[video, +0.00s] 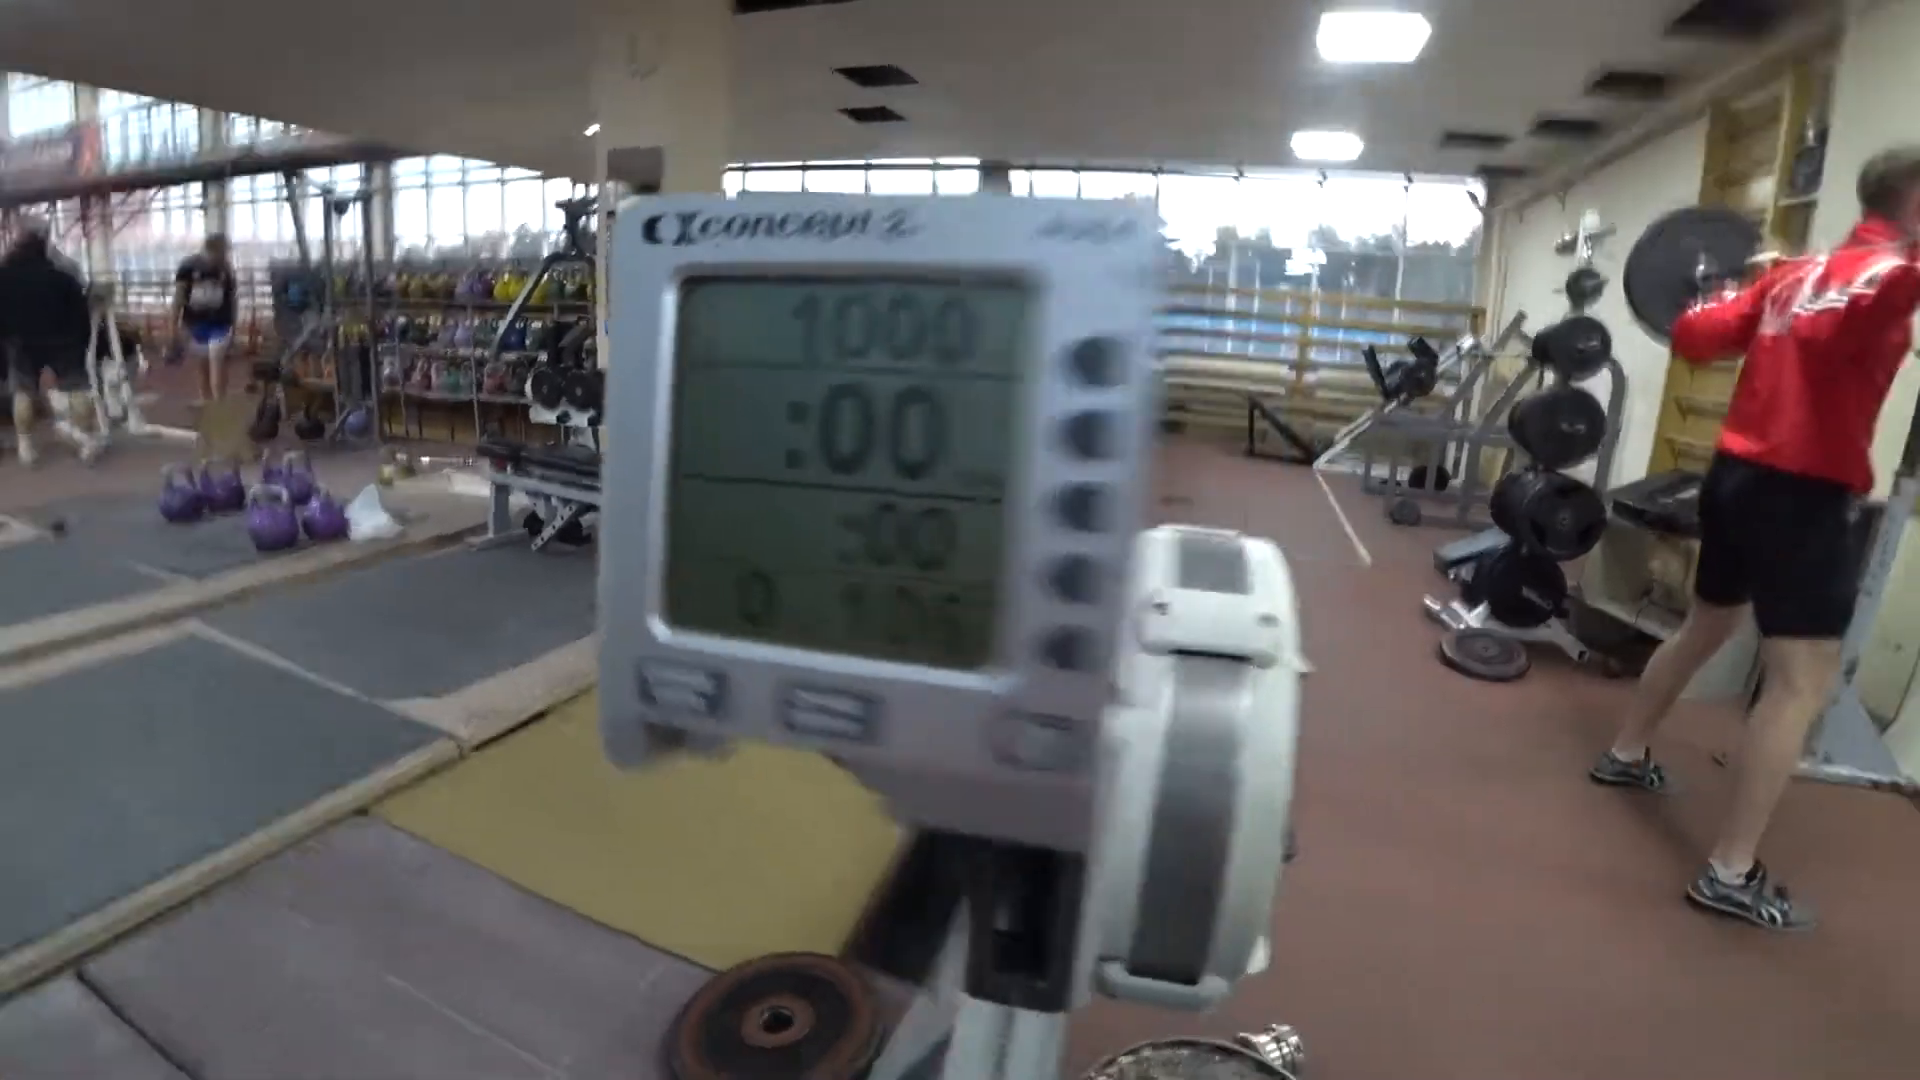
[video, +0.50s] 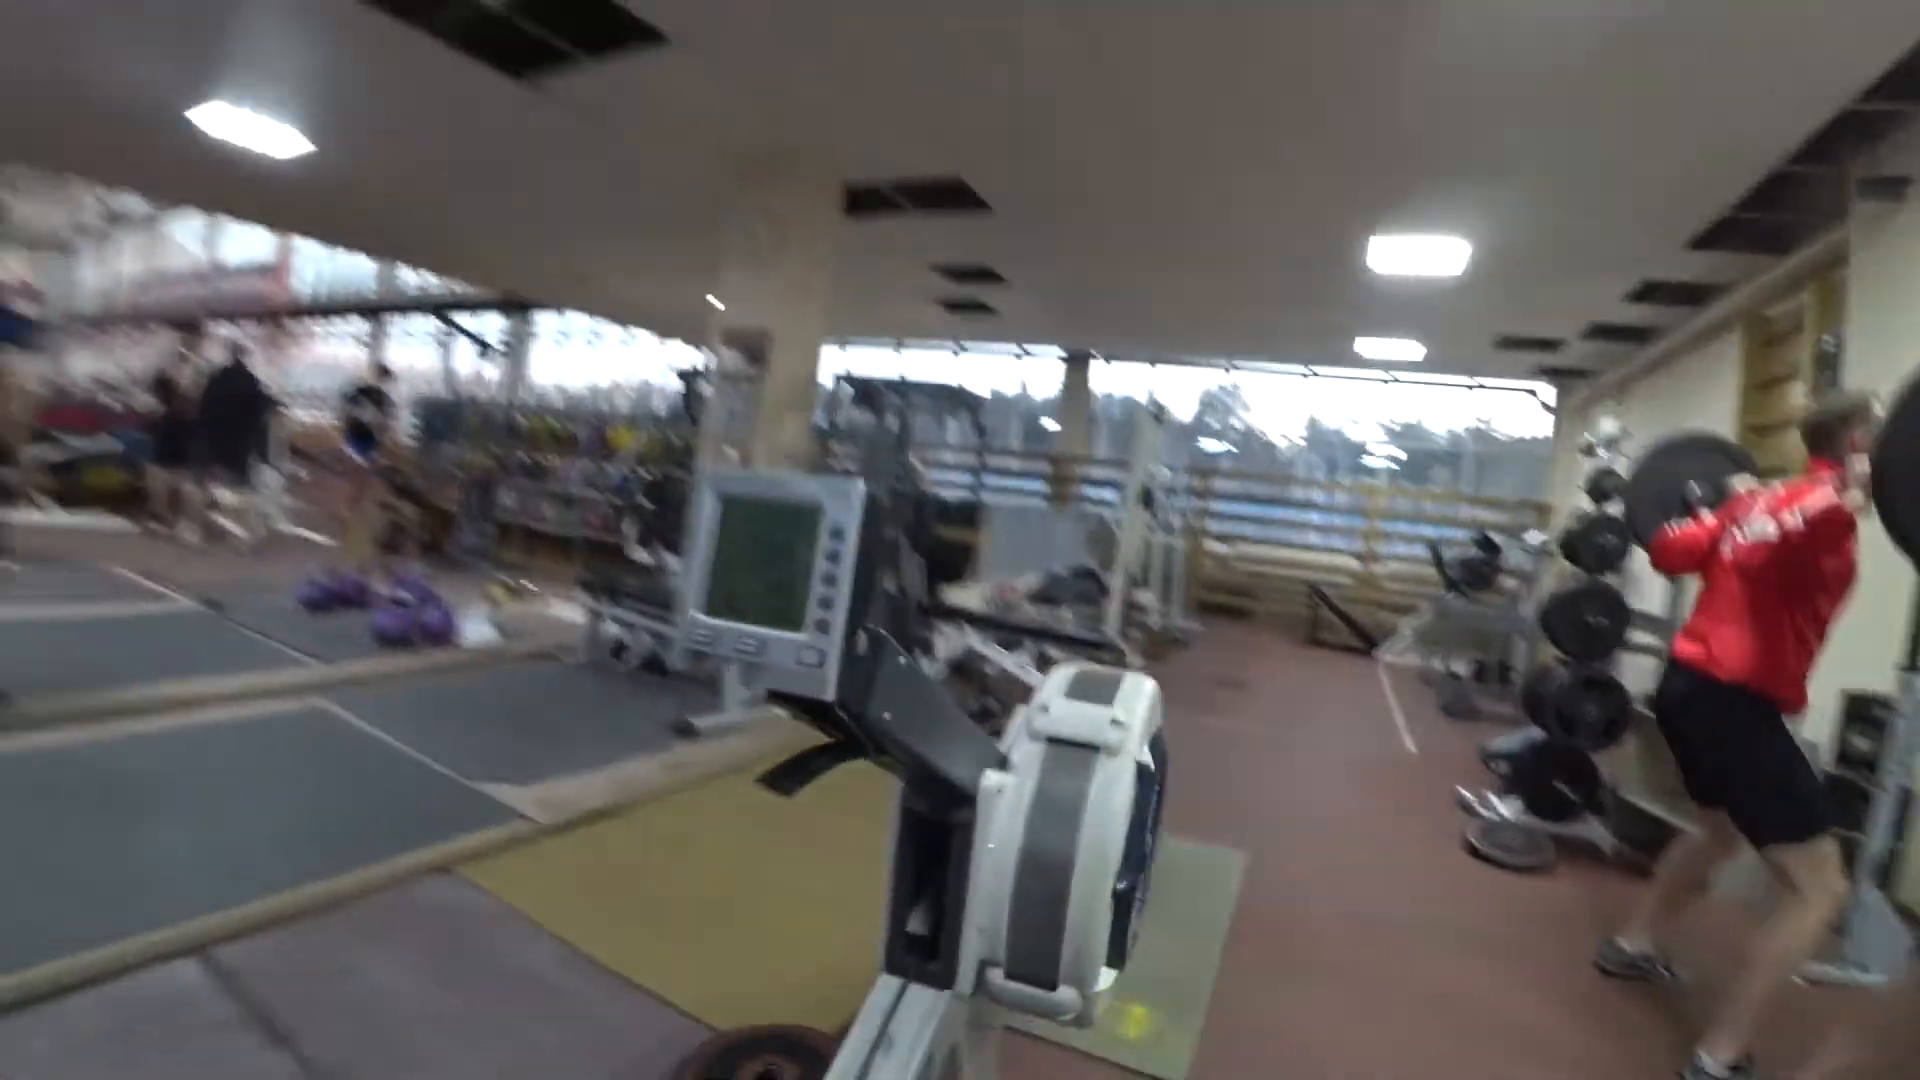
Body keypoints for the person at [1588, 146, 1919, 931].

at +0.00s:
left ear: (1862, 205)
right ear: (1913, 206)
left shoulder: (1791, 273)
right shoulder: (1898, 273)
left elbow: (1695, 331)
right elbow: (1873, 308)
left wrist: (1729, 288)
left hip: (1734, 475)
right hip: (1809, 492)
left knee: (1707, 624)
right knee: (1800, 684)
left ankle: (1625, 751)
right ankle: (1730, 871)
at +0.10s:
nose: (1915, 257)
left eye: (1915, 244)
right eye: (1914, 244)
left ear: (1843, 243)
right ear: (1895, 241)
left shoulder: (1767, 306)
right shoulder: (1870, 304)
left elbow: (1672, 360)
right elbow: (1842, 328)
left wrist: (1708, 322)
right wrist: (1897, 295)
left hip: (1709, 508)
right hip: (1781, 524)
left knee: (1678, 651)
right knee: (1765, 713)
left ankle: (1601, 773)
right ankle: (1702, 891)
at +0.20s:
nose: (1881, 299)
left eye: (1881, 285)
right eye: (1874, 285)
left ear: (1808, 286)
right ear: (1845, 287)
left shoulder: (1738, 351)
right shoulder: (1822, 343)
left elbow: (1651, 399)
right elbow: (1774, 387)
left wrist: (1699, 361)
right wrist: (1843, 351)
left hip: (1682, 547)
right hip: (1750, 560)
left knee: (1658, 686)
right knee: (1742, 745)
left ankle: (1584, 813)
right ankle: (1677, 932)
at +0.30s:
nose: (1856, 349)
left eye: (1857, 336)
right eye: (1848, 336)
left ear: (1781, 340)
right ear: (1816, 338)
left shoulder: (1716, 394)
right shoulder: (1802, 393)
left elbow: (1631, 446)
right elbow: (1766, 423)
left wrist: (1674, 404)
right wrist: (1825, 388)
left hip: (1664, 591)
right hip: (1728, 605)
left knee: (1652, 729)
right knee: (1733, 785)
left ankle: (1580, 851)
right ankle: (1671, 967)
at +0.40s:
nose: (1855, 405)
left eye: (1856, 394)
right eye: (1850, 393)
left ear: (1784, 393)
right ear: (1826, 395)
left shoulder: (1723, 451)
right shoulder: (1803, 449)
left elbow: (1640, 500)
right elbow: (1768, 476)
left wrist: (1693, 459)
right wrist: (1824, 446)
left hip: (1667, 642)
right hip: (1723, 656)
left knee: (1671, 782)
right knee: (1759, 839)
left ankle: (1595, 900)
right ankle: (1679, 1019)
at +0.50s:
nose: (1877, 463)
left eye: (1876, 449)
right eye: (1871, 449)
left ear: (1812, 450)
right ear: (1849, 451)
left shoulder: (1755, 500)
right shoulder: (1831, 506)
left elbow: (1669, 549)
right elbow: (1776, 537)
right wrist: (1840, 501)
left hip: (1684, 689)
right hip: (1740, 705)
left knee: (1718, 830)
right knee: (1821, 889)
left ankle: (1635, 943)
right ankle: (1720, 1054)